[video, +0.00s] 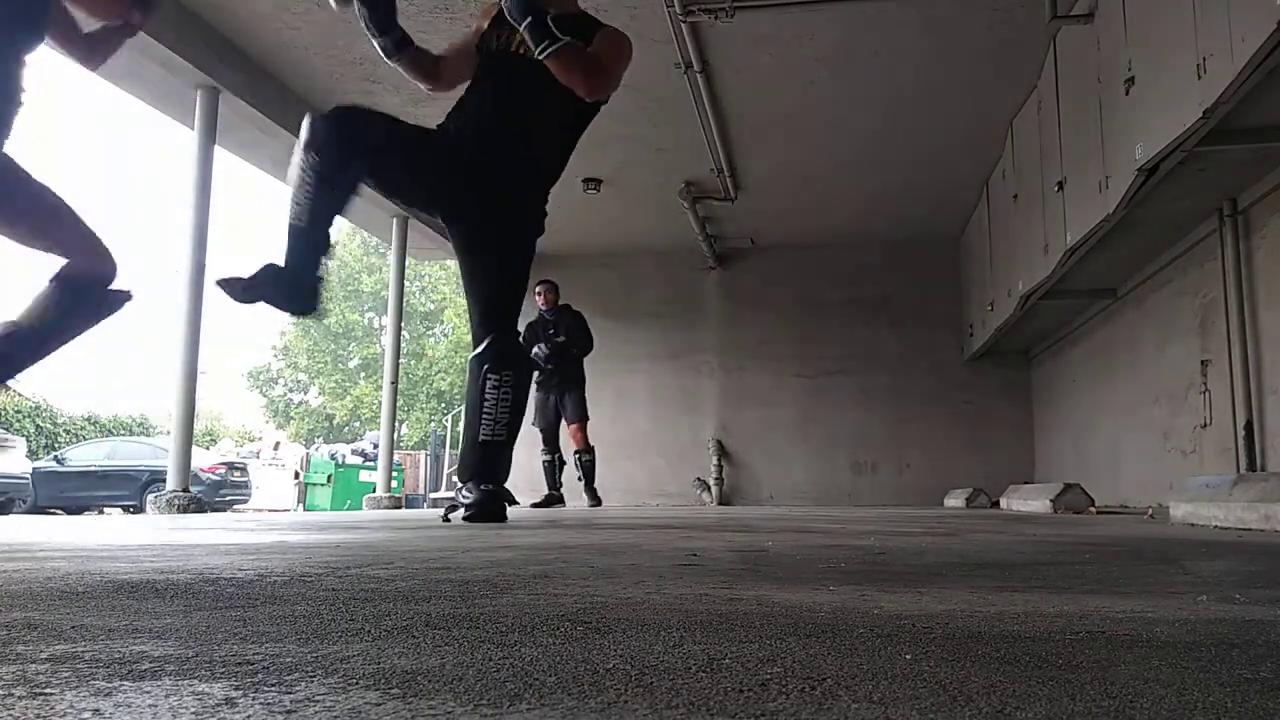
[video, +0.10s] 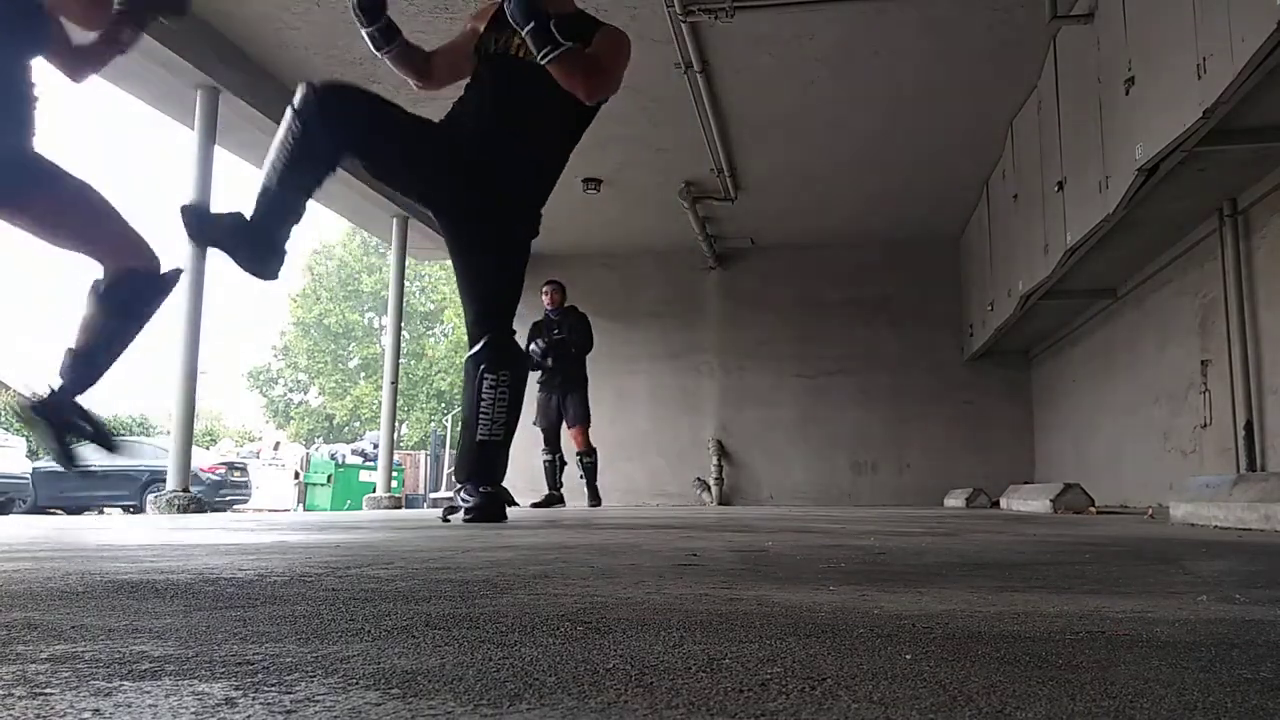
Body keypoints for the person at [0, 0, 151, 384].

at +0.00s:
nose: (124, 13)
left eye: (129, 9)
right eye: (128, 7)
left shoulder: (37, 8)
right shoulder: (34, 8)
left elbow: (89, 54)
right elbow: (89, 53)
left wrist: (133, 21)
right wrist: (136, 20)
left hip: (3, 167)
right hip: (2, 168)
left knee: (94, 263)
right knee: (95, 264)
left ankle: (13, 353)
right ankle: (12, 353)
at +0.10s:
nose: (105, 9)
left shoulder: (25, 15)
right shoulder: (23, 12)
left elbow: (77, 66)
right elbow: (77, 64)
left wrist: (131, 22)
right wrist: (134, 17)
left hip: (13, 159)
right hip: (10, 160)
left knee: (134, 264)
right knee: (136, 266)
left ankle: (65, 399)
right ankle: (62, 400)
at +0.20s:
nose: (126, 6)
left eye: (123, 7)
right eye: (120, 3)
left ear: (96, 2)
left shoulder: (61, 13)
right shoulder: (56, 9)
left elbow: (110, 66)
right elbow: (111, 67)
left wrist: (169, 59)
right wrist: (173, 58)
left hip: (20, 156)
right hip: (18, 158)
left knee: (91, 304)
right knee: (90, 304)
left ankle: (78, 470)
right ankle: (77, 469)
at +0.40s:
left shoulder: (77, 13)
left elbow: (87, 89)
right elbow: (90, 90)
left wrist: (118, 111)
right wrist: (118, 110)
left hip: (20, 163)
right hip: (14, 165)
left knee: (54, 323)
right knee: (54, 323)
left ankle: (60, 480)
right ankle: (61, 480)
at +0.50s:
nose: (44, 10)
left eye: (46, 10)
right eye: (42, 9)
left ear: (33, 6)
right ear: (25, 3)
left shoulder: (29, 30)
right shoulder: (20, 18)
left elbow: (20, 86)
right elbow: (21, 79)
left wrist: (80, 97)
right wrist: (75, 92)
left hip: (13, 175)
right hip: (9, 176)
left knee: (55, 325)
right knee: (58, 324)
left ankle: (58, 482)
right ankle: (61, 483)